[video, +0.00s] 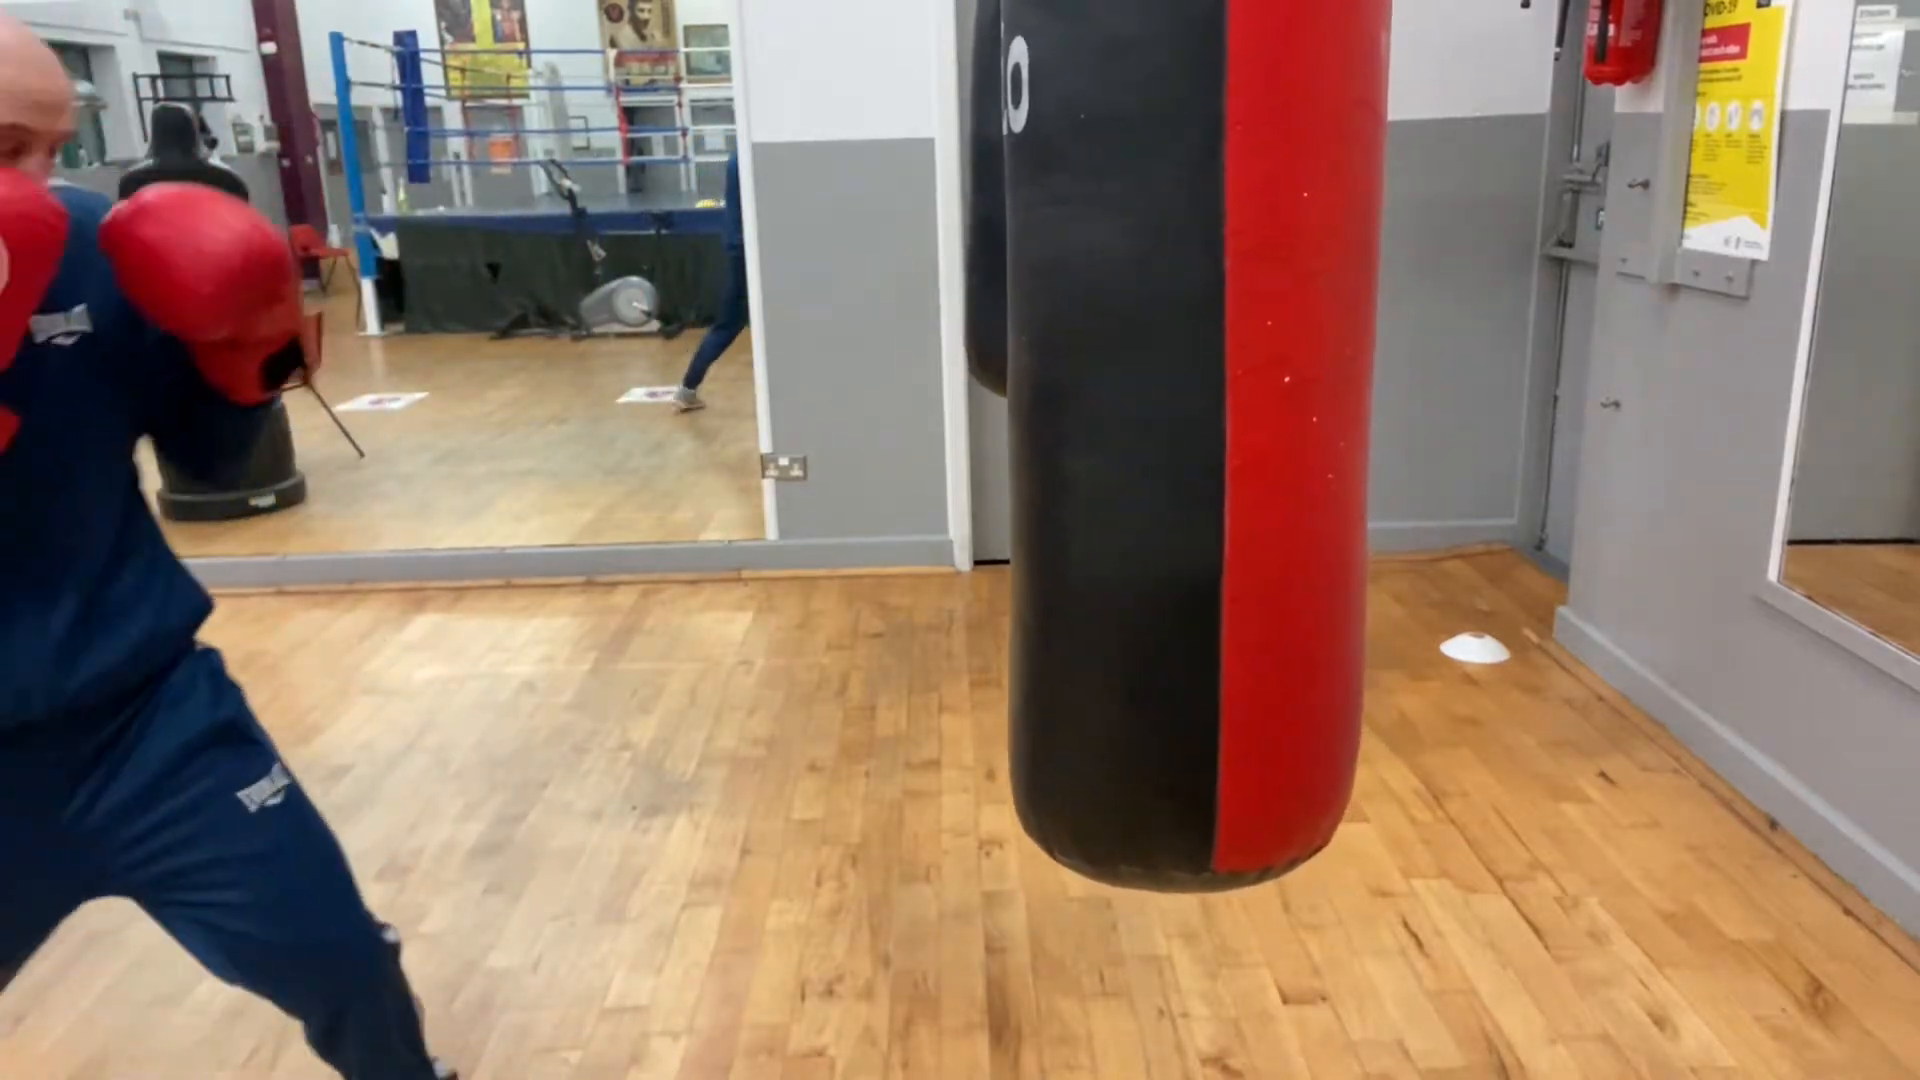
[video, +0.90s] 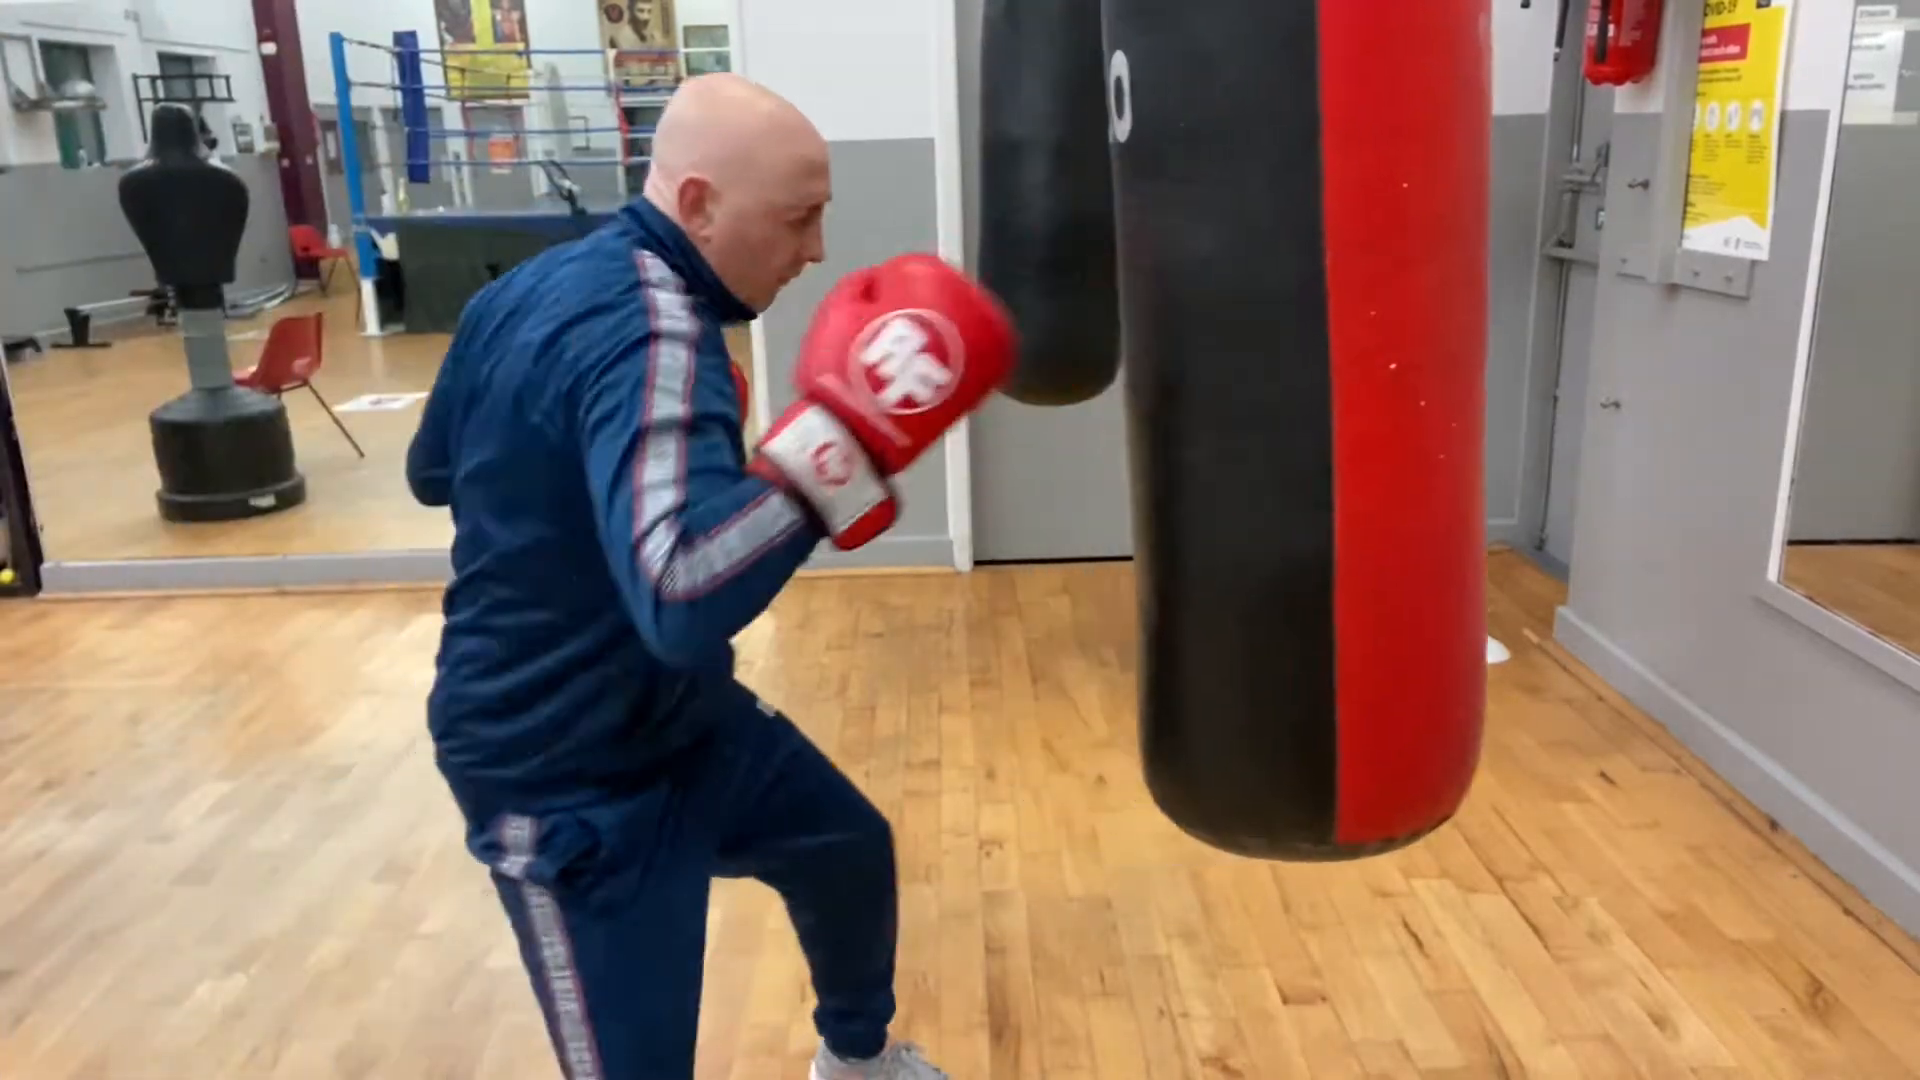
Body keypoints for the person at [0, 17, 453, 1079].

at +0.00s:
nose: (33, 179)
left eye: (49, 148)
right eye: (14, 148)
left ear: (70, 140)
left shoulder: (94, 248)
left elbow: (205, 453)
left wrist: (243, 354)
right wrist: (13, 332)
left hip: (145, 712)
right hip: (6, 760)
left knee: (336, 957)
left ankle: (404, 1075)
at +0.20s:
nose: (149, 85)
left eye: (161, 51)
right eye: (114, 48)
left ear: (178, 50)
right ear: (16, 60)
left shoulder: (195, 166)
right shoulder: (13, 228)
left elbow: (338, 382)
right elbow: (7, 545)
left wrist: (359, 263)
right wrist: (41, 315)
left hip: (256, 667)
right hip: (46, 732)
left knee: (422, 923)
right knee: (52, 1054)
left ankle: (441, 1067)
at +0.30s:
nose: (216, 115)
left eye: (222, 81)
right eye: (181, 76)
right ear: (42, 63)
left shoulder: (204, 214)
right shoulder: (3, 265)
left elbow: (326, 448)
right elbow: (53, 522)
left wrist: (364, 339)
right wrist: (145, 285)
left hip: (328, 672)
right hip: (138, 771)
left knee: (544, 882)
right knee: (174, 1066)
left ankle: (522, 1052)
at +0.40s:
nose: (281, 161)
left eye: (296, 124)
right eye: (244, 115)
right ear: (111, 95)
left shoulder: (284, 229)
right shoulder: (16, 297)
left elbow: (400, 423)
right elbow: (84, 559)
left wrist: (449, 365)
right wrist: (202, 350)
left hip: (409, 694)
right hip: (193, 779)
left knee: (639, 891)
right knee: (163, 1066)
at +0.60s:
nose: (571, 239)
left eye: (579, 204)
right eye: (544, 204)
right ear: (427, 179)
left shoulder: (591, 285)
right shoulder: (258, 342)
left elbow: (758, 380)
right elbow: (183, 631)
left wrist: (850, 352)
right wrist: (323, 461)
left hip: (597, 755)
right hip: (374, 801)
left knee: (765, 931)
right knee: (269, 1072)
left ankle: (858, 1069)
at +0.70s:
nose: (743, 231)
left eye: (749, 203)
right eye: (725, 202)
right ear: (623, 178)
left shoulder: (669, 289)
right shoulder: (491, 301)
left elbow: (645, 451)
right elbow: (351, 563)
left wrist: (747, 421)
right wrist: (565, 447)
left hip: (639, 722)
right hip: (471, 781)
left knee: (811, 886)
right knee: (405, 1068)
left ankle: (856, 1058)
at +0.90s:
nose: (815, 250)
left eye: (818, 219)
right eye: (799, 220)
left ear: (689, 198)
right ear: (696, 201)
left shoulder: (529, 291)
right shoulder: (651, 339)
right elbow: (682, 593)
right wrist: (845, 431)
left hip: (680, 720)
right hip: (568, 786)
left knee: (847, 851)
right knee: (632, 1068)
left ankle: (857, 1053)